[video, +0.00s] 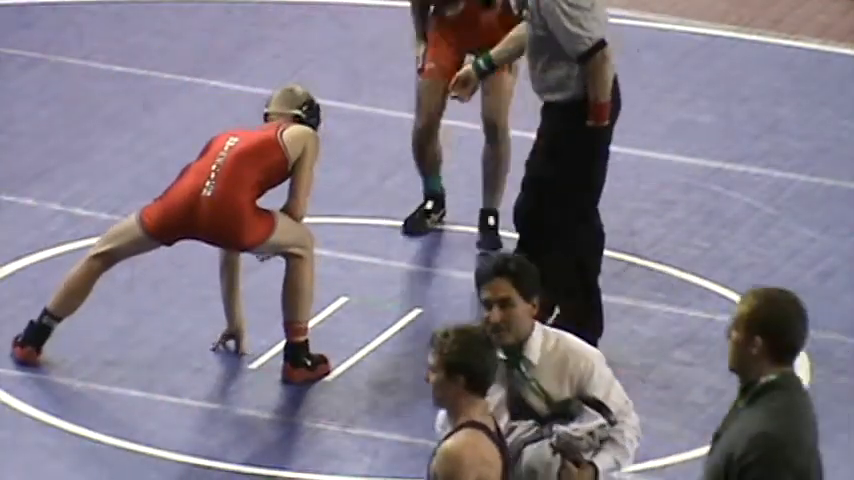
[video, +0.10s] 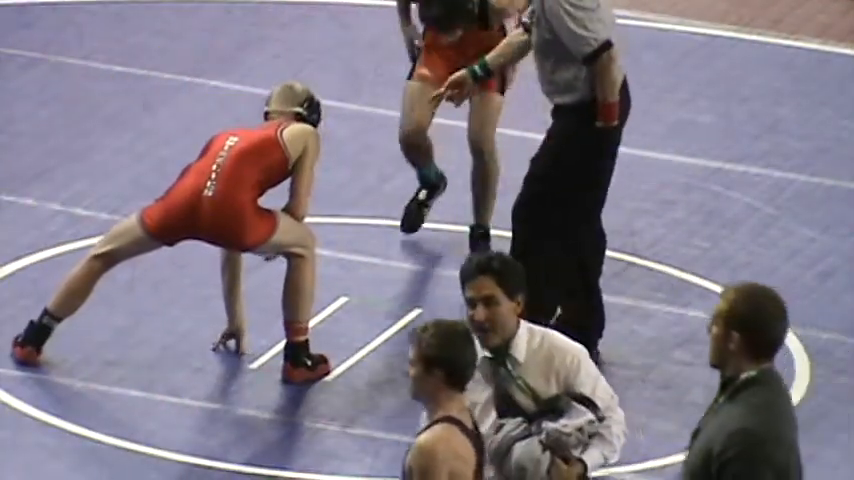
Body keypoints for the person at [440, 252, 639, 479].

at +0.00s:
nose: (494, 317)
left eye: (505, 305)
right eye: (487, 307)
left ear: (533, 307)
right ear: (481, 308)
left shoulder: (578, 357)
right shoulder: (478, 355)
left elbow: (626, 424)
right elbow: (446, 420)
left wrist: (596, 468)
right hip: (495, 467)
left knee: (538, 456)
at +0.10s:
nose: (479, 316)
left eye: (490, 303)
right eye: (471, 305)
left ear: (518, 303)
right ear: (465, 307)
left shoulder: (563, 353)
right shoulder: (461, 356)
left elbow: (612, 421)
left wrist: (583, 464)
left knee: (527, 453)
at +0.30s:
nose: (457, 315)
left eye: (468, 303)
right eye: (450, 304)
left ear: (498, 303)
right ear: (444, 306)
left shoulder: (544, 353)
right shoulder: (438, 364)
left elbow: (591, 421)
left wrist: (562, 465)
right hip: (469, 473)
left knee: (504, 453)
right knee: (507, 452)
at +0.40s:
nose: (448, 315)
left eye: (459, 303)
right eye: (442, 304)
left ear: (490, 303)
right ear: (437, 304)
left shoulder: (537, 355)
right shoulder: (428, 369)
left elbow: (584, 425)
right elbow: (424, 452)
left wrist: (551, 467)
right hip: (462, 471)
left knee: (491, 454)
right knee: (494, 453)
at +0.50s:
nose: (441, 315)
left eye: (452, 303)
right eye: (435, 303)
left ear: (484, 303)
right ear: (430, 303)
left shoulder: (530, 357)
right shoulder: (424, 367)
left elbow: (575, 427)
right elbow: (416, 449)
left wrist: (540, 470)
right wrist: (446, 476)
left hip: (525, 472)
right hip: (457, 473)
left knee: (479, 453)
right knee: (478, 451)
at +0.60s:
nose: (435, 315)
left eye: (447, 304)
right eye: (431, 303)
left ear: (480, 305)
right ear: (425, 302)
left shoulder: (525, 359)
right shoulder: (421, 366)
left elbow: (567, 431)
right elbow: (412, 449)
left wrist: (529, 471)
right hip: (452, 472)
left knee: (467, 454)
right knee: (467, 452)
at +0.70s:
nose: (430, 315)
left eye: (442, 304)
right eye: (426, 303)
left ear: (475, 307)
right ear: (422, 302)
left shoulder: (518, 361)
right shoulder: (418, 365)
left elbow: (560, 438)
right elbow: (405, 441)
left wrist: (519, 473)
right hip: (445, 473)